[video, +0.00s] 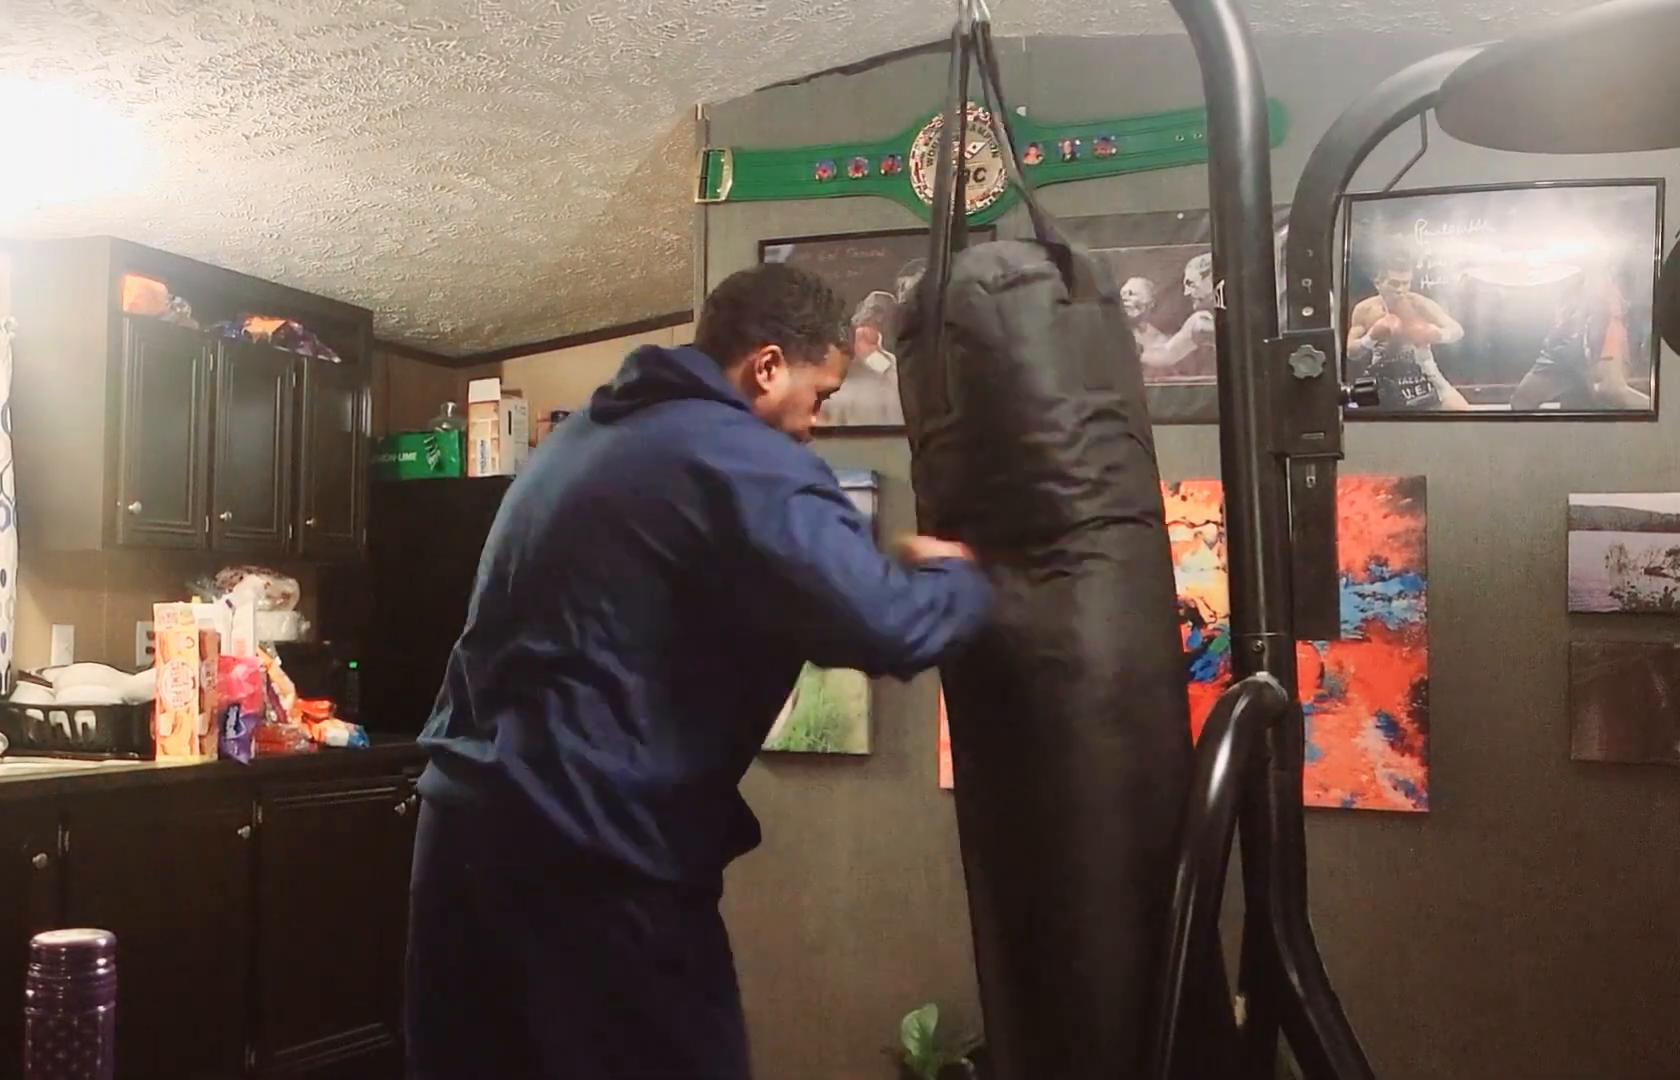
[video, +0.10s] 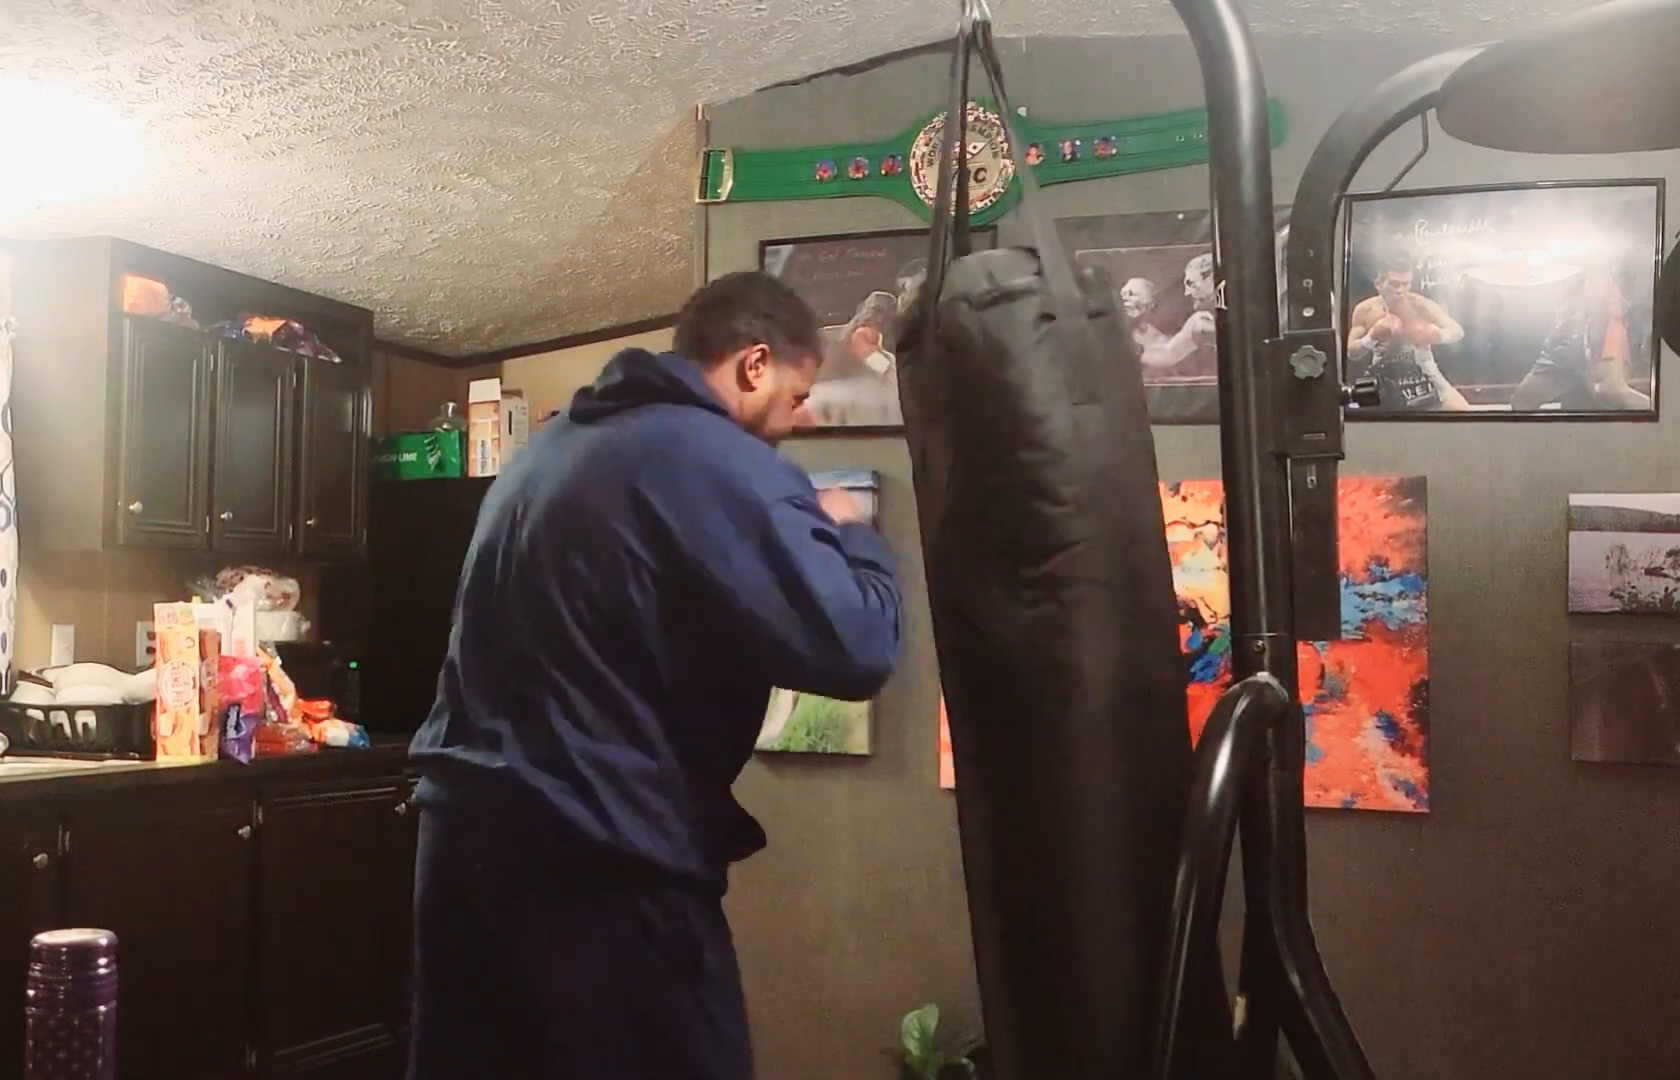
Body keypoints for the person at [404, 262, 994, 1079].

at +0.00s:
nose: (817, 423)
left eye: (829, 402)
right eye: (820, 397)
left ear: (746, 356)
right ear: (765, 368)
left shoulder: (589, 430)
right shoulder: (745, 465)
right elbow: (887, 624)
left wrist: (883, 552)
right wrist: (966, 585)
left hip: (464, 827)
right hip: (612, 859)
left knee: (472, 1063)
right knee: (673, 1064)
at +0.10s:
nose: (795, 419)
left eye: (803, 401)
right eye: (797, 395)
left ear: (684, 355)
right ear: (752, 365)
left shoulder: (551, 443)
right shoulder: (709, 459)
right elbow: (860, 647)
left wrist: (785, 505)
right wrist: (852, 530)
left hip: (465, 833)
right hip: (617, 858)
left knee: (471, 1064)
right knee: (671, 1063)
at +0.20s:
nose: (753, 434)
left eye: (762, 419)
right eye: (759, 414)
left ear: (651, 366)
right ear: (725, 373)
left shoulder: (512, 459)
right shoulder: (701, 467)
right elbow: (882, 641)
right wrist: (834, 469)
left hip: (450, 859)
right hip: (615, 878)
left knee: (466, 1066)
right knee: (678, 1064)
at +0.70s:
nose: (773, 429)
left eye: (786, 407)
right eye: (778, 401)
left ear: (704, 362)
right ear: (727, 365)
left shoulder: (544, 428)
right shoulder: (693, 474)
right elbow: (857, 657)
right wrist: (861, 471)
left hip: (429, 836)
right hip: (574, 866)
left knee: (451, 1068)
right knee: (669, 1065)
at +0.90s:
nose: (751, 441)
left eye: (767, 422)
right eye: (760, 413)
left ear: (703, 359)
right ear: (713, 364)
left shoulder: (552, 428)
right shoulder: (655, 460)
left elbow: (716, 549)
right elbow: (747, 683)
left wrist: (888, 529)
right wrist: (819, 527)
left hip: (433, 834)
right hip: (555, 863)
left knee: (457, 1064)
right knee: (642, 1061)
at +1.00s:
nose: (743, 494)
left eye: (759, 478)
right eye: (757, 466)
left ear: (717, 400)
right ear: (731, 407)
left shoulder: (548, 438)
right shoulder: (644, 464)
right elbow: (705, 693)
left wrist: (831, 585)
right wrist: (803, 561)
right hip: (545, 873)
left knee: (442, 1066)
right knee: (636, 1063)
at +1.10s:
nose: (752, 566)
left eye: (770, 555)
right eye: (769, 545)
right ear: (757, 488)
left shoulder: (562, 468)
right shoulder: (656, 487)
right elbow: (679, 716)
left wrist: (792, 666)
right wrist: (794, 614)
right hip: (524, 874)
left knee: (435, 1064)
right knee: (638, 1063)